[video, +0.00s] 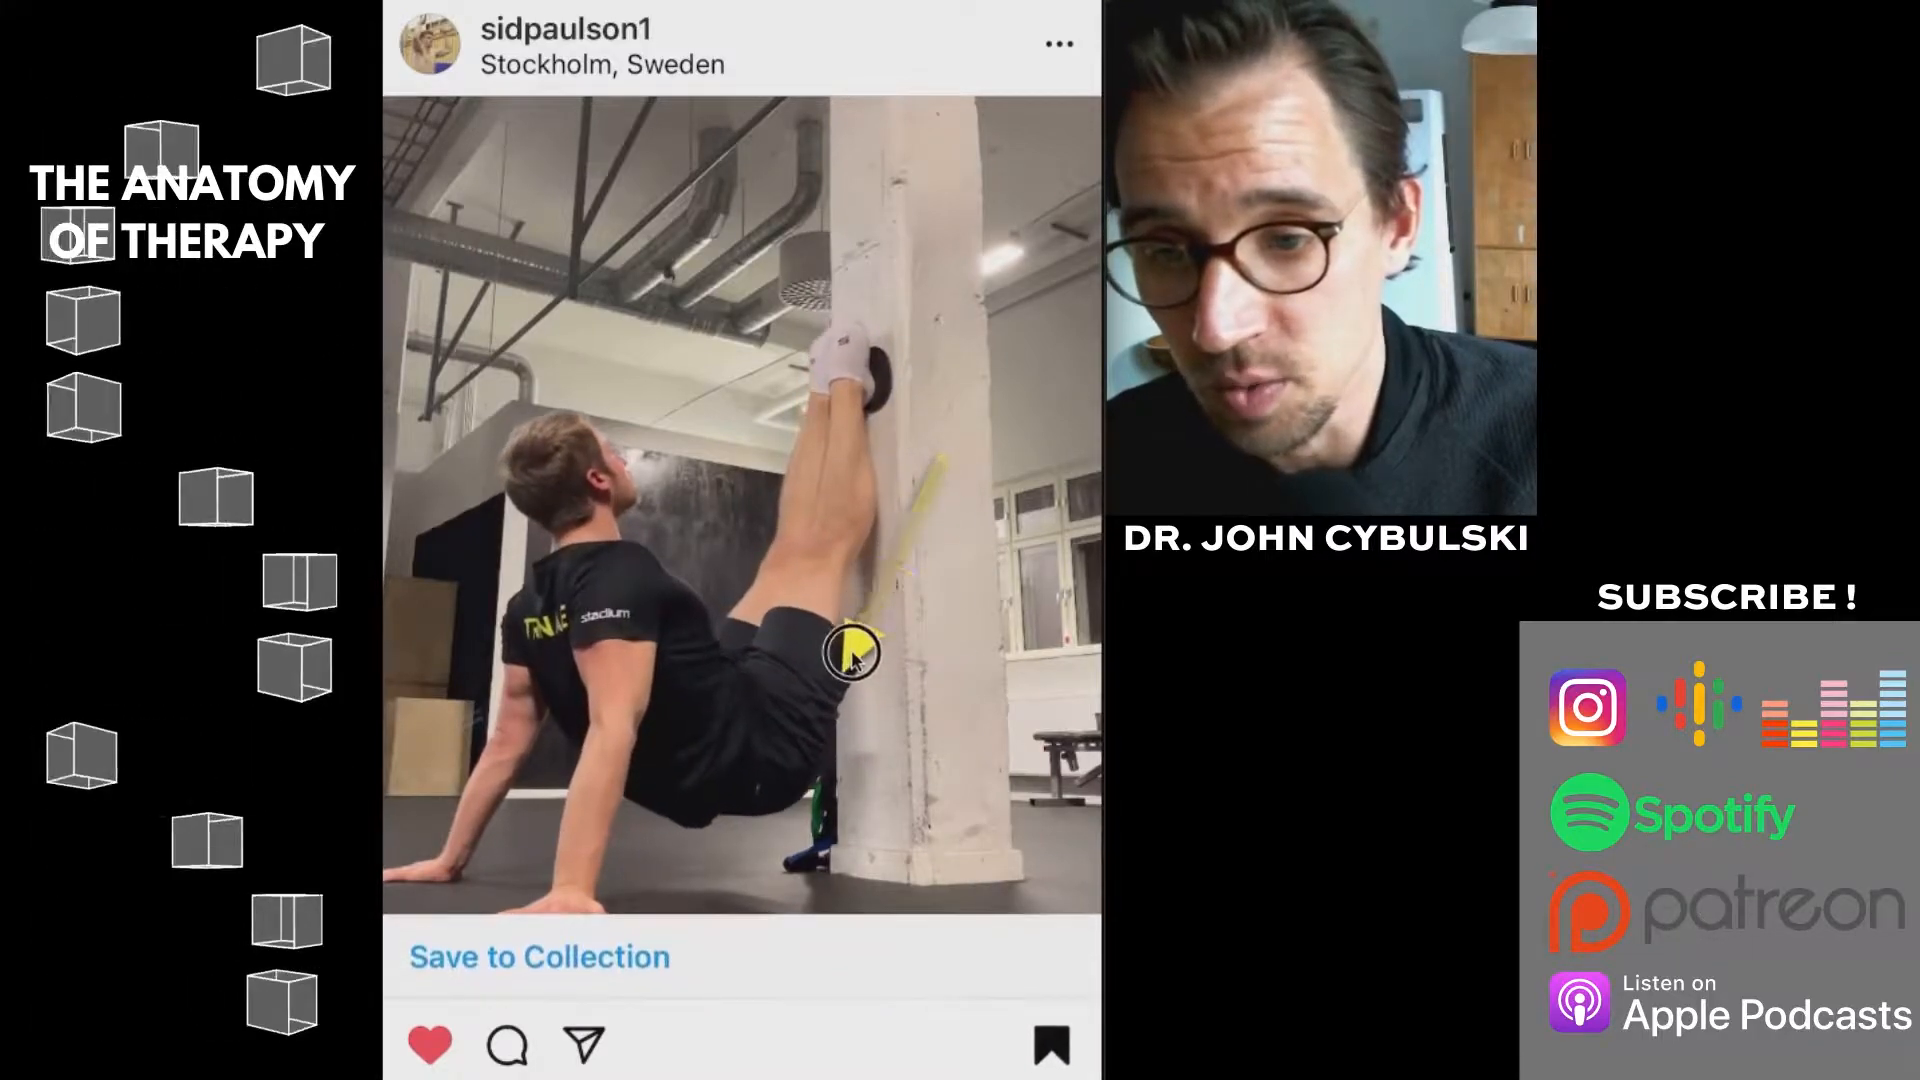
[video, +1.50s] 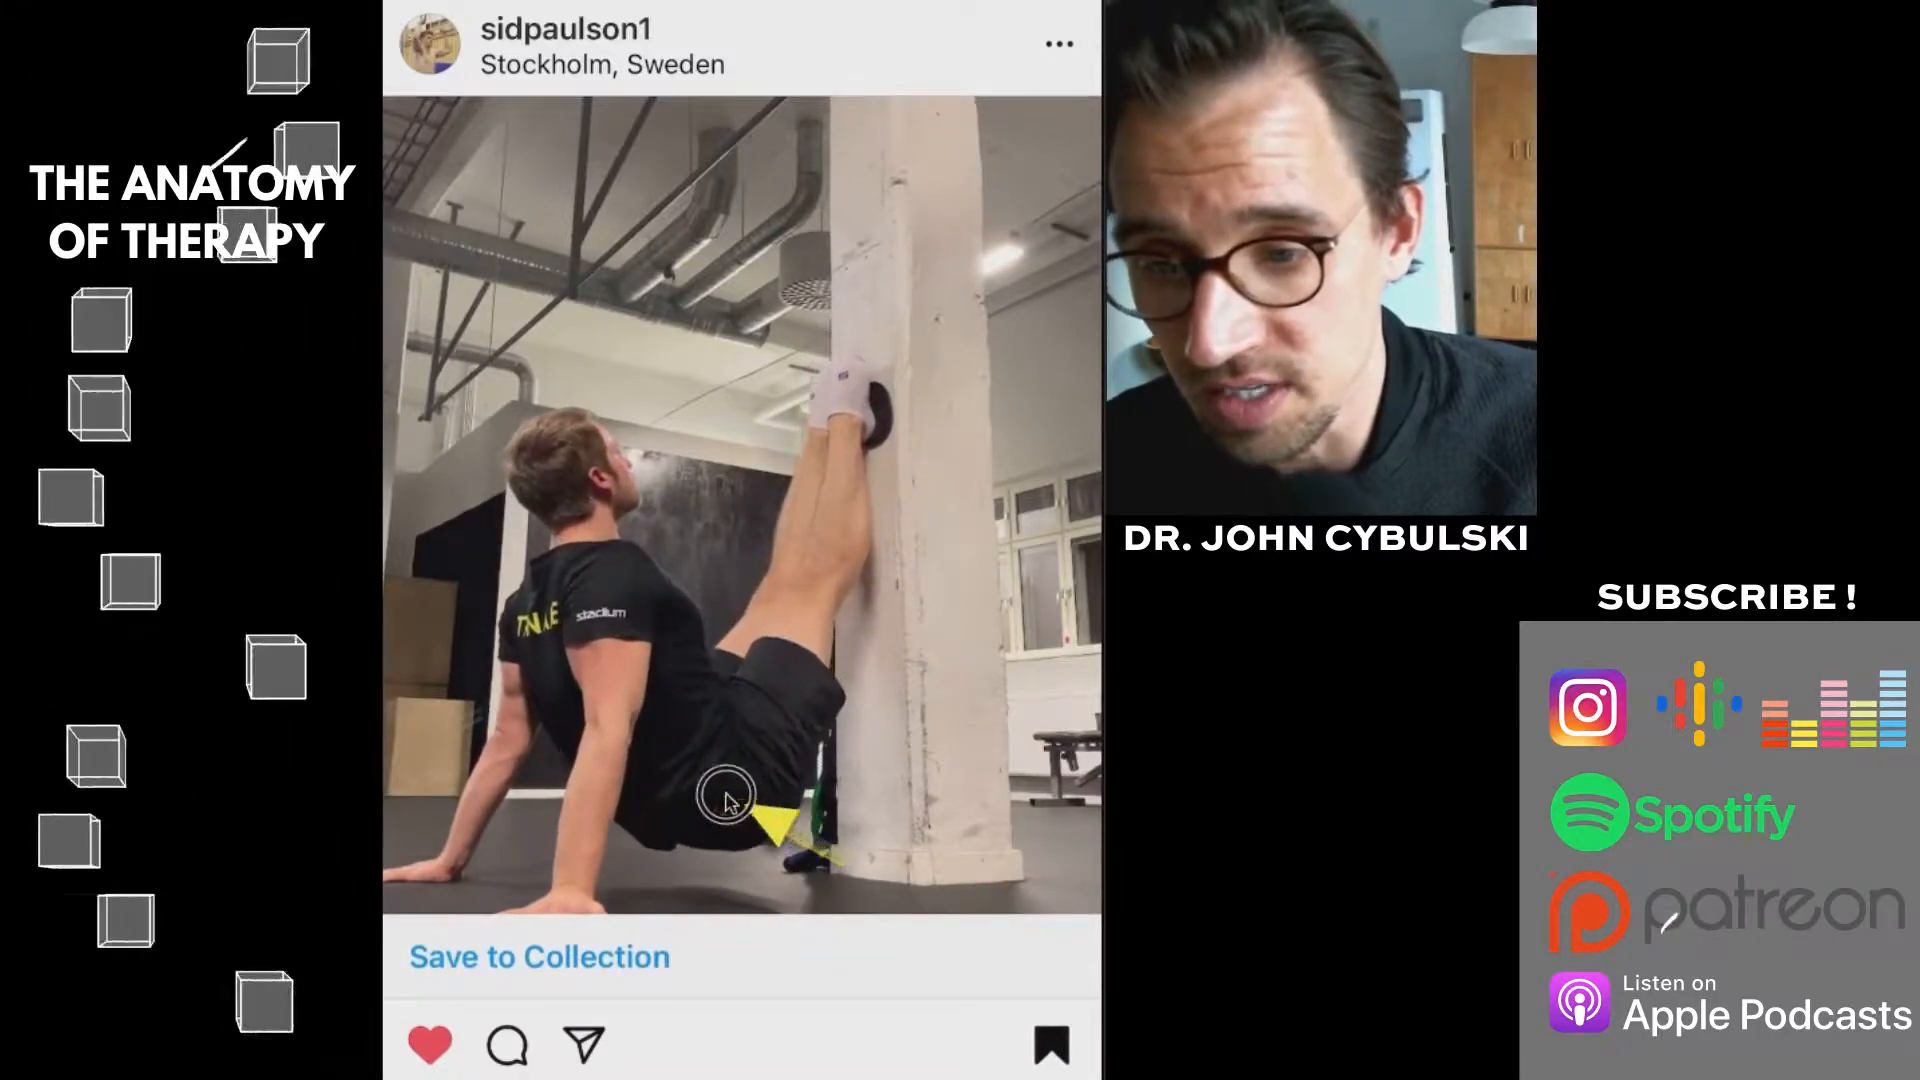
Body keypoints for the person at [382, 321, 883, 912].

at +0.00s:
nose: (624, 456)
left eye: (612, 447)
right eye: (612, 450)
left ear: (541, 507)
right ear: (599, 481)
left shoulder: (527, 606)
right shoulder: (618, 575)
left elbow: (507, 745)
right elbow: (611, 729)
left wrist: (449, 859)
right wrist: (572, 886)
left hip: (697, 779)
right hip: (767, 757)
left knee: (787, 557)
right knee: (826, 547)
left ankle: (825, 393)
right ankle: (847, 385)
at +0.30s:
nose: (624, 457)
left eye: (612, 447)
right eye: (612, 451)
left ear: (542, 505)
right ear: (599, 480)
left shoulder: (527, 606)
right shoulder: (617, 573)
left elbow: (508, 745)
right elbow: (610, 727)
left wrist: (449, 860)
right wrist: (573, 887)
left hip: (696, 786)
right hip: (764, 764)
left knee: (787, 565)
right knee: (824, 558)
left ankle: (825, 401)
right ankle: (846, 397)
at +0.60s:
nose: (624, 458)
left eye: (613, 447)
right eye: (613, 452)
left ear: (541, 504)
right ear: (599, 478)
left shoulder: (526, 607)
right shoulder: (615, 573)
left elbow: (508, 742)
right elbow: (609, 726)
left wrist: (449, 860)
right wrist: (573, 888)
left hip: (690, 795)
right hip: (759, 769)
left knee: (786, 571)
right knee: (819, 563)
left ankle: (826, 406)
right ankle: (845, 403)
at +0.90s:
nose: (626, 460)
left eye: (614, 448)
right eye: (614, 453)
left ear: (543, 502)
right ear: (600, 479)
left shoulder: (525, 606)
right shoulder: (613, 572)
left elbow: (509, 742)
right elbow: (609, 727)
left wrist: (449, 859)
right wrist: (573, 888)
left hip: (686, 797)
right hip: (752, 774)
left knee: (786, 575)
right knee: (819, 569)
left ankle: (826, 411)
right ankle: (846, 410)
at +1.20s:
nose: (627, 461)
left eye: (617, 450)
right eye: (615, 454)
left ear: (541, 502)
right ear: (600, 480)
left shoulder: (523, 604)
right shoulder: (613, 571)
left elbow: (508, 742)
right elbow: (607, 728)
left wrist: (450, 858)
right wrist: (573, 888)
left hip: (676, 806)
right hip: (746, 782)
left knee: (784, 580)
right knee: (818, 573)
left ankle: (826, 420)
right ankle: (847, 421)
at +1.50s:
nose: (628, 461)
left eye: (618, 449)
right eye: (616, 454)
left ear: (541, 501)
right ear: (600, 479)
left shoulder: (522, 602)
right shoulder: (613, 571)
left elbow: (508, 744)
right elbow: (605, 730)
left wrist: (450, 859)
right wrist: (572, 889)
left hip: (665, 806)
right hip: (732, 782)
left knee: (782, 585)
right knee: (816, 581)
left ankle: (825, 425)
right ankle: (846, 429)